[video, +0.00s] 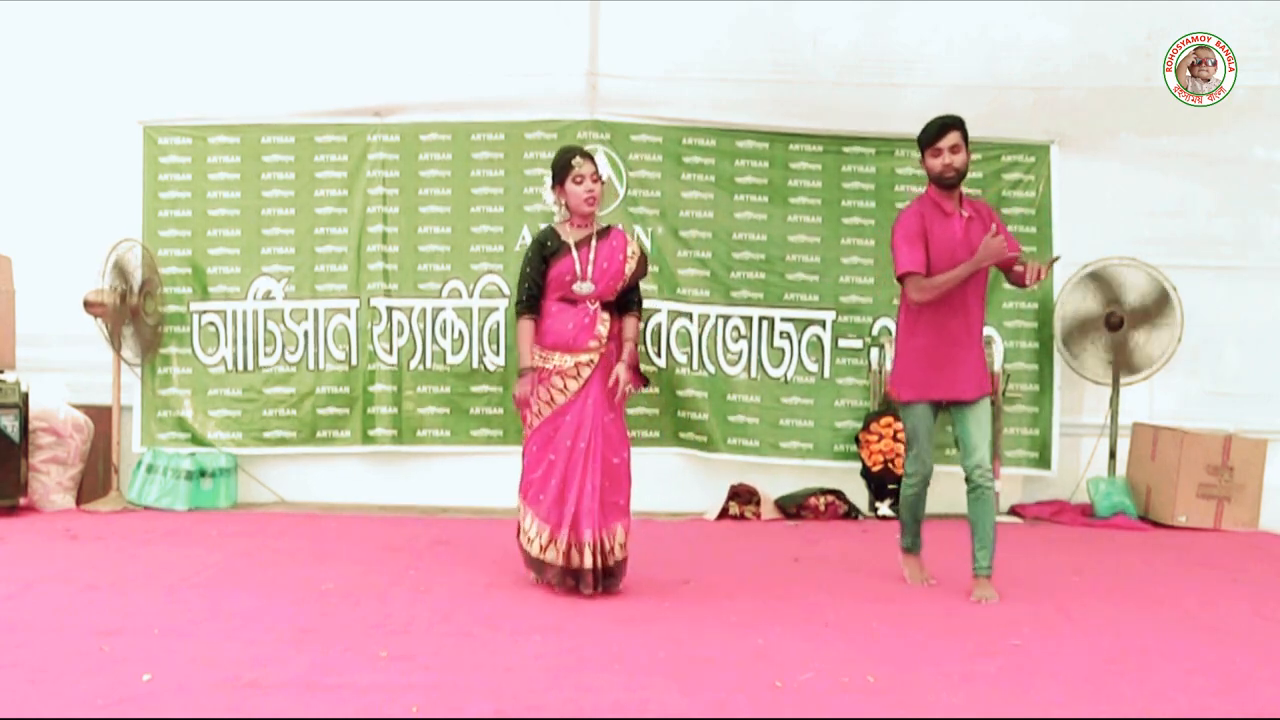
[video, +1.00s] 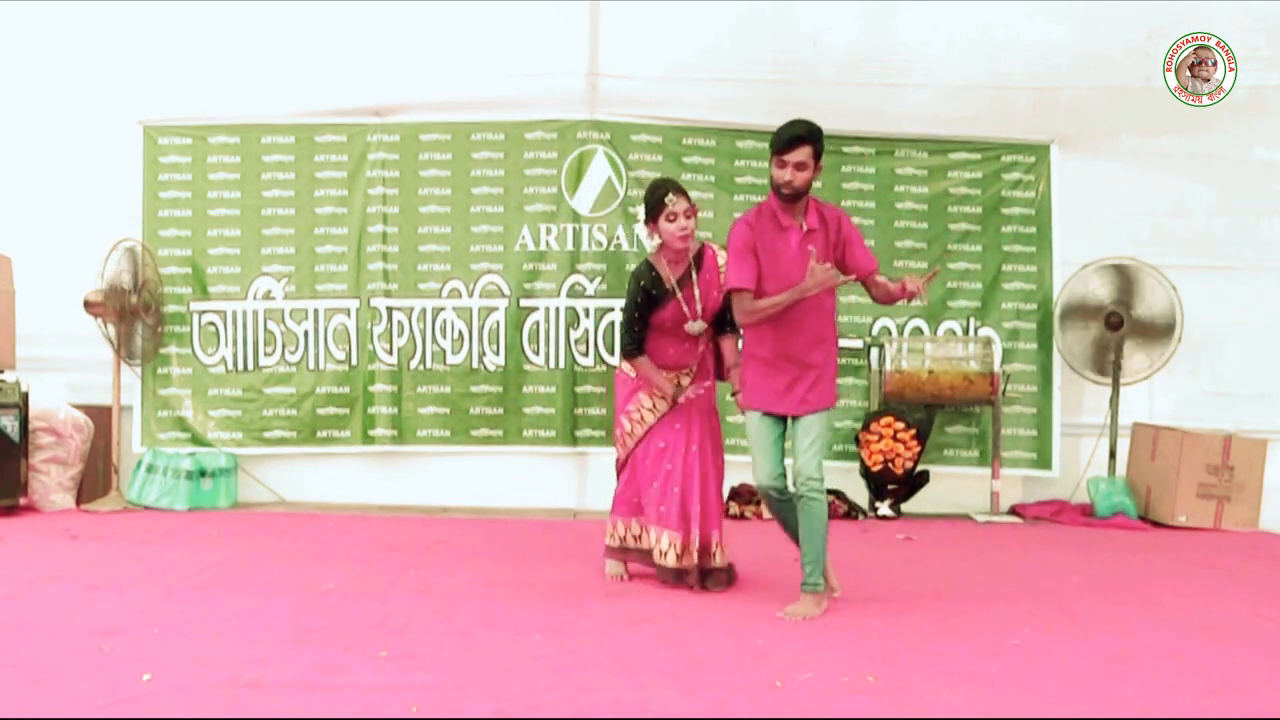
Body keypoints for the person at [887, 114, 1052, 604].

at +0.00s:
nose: (949, 158)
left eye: (956, 149)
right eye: (938, 152)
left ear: (969, 155)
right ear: (924, 160)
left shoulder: (982, 213)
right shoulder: (911, 219)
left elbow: (1013, 268)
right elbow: (917, 291)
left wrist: (1026, 274)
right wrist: (981, 261)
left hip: (968, 360)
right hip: (918, 362)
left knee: (979, 471)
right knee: (919, 469)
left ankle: (982, 575)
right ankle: (911, 552)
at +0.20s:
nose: (934, 161)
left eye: (942, 151)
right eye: (923, 154)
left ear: (958, 155)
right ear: (911, 161)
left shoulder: (976, 211)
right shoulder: (900, 216)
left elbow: (1022, 257)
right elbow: (910, 284)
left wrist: (1054, 244)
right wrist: (961, 234)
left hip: (960, 360)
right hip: (909, 361)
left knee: (970, 469)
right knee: (926, 465)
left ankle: (975, 573)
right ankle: (911, 549)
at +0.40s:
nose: (913, 156)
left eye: (923, 147)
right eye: (904, 148)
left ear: (937, 151)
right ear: (890, 152)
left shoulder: (951, 203)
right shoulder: (875, 214)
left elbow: (1005, 247)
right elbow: (898, 281)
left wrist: (1040, 229)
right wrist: (953, 233)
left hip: (933, 356)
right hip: (884, 356)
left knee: (929, 462)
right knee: (898, 465)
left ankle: (930, 572)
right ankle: (905, 558)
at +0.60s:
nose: (887, 176)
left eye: (897, 167)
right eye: (879, 166)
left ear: (913, 171)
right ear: (865, 167)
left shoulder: (922, 226)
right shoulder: (845, 232)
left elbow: (964, 293)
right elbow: (846, 311)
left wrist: (977, 267)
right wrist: (900, 268)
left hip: (909, 373)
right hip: (856, 374)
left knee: (910, 477)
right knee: (863, 486)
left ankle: (908, 589)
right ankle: (878, 550)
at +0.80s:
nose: (841, 163)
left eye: (852, 155)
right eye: (833, 153)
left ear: (869, 157)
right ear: (821, 152)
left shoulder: (881, 205)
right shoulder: (800, 210)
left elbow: (931, 267)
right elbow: (803, 285)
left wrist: (946, 245)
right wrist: (860, 246)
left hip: (863, 356)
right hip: (812, 357)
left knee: (861, 460)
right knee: (826, 467)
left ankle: (862, 573)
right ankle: (849, 569)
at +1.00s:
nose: (790, 176)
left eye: (801, 167)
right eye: (782, 165)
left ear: (817, 170)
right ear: (770, 164)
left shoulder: (832, 221)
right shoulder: (748, 228)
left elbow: (876, 288)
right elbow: (743, 313)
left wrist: (898, 290)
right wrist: (806, 288)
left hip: (814, 373)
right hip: (761, 373)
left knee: (808, 476)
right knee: (768, 482)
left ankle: (813, 589)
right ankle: (816, 555)